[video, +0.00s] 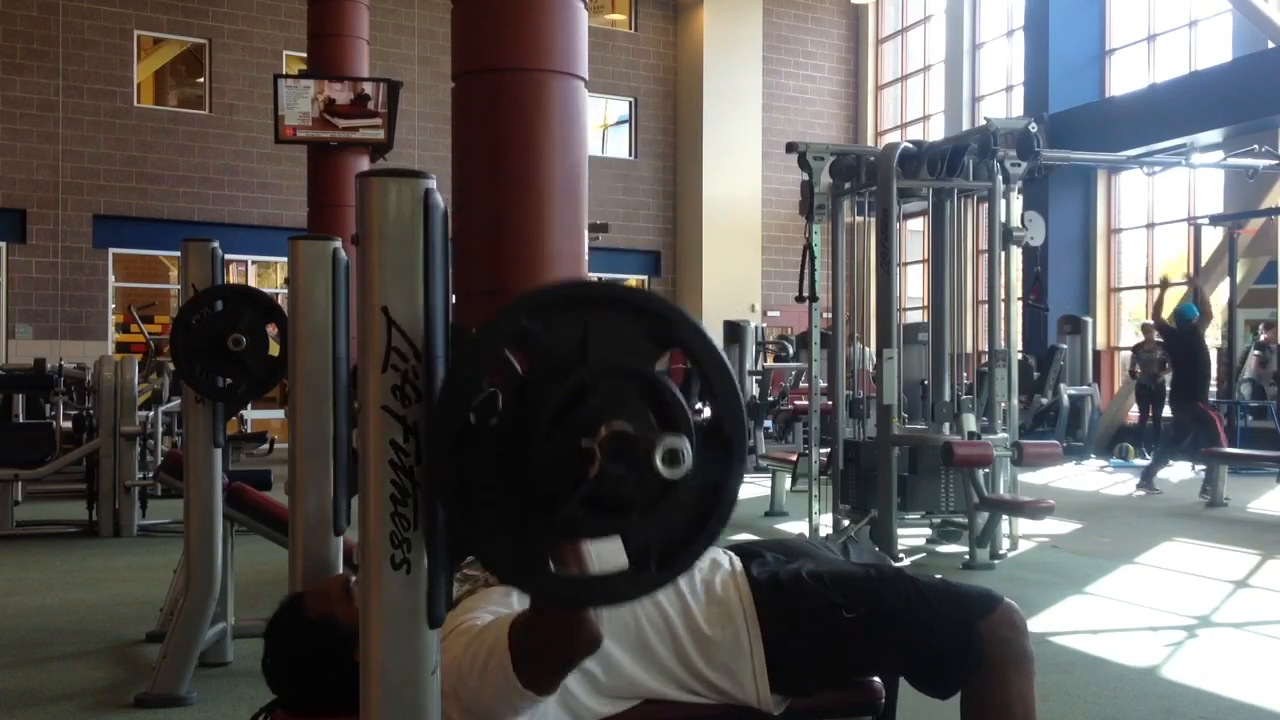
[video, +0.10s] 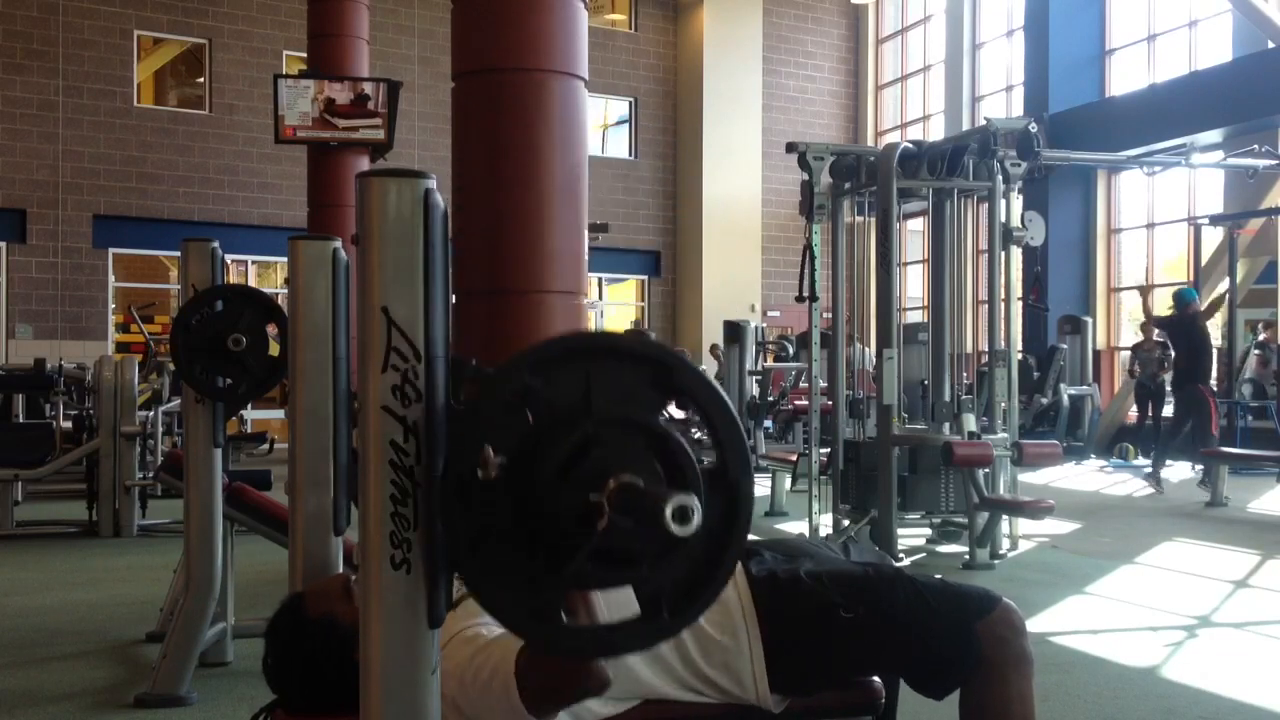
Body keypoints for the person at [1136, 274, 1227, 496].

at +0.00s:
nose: (1199, 319)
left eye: (1197, 316)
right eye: (1198, 316)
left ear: (1176, 320)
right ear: (1194, 320)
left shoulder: (1170, 335)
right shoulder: (1196, 333)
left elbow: (1156, 317)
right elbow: (1207, 311)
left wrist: (1162, 290)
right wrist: (1197, 286)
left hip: (1177, 398)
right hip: (1194, 399)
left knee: (1176, 438)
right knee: (1216, 436)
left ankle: (1147, 478)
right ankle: (1210, 484)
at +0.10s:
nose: (1199, 303)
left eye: (1197, 300)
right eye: (1196, 301)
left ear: (1178, 305)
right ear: (1191, 303)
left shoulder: (1171, 322)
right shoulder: (1196, 319)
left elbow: (1150, 317)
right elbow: (1213, 307)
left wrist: (1145, 296)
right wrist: (1224, 292)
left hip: (1181, 384)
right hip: (1197, 384)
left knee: (1176, 426)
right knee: (1209, 428)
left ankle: (1155, 471)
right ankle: (1209, 475)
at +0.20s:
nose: (1199, 296)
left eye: (1197, 293)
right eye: (1197, 293)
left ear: (1179, 298)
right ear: (1193, 296)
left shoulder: (1172, 317)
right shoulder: (1196, 313)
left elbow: (1151, 338)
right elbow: (1211, 325)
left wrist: (1147, 346)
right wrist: (1235, 327)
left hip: (1179, 377)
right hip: (1197, 377)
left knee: (1181, 421)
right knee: (1206, 419)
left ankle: (1168, 470)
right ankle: (1201, 473)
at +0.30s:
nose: (1200, 303)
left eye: (1198, 299)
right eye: (1198, 299)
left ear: (1178, 302)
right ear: (1192, 301)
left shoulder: (1171, 324)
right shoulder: (1198, 323)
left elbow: (1165, 353)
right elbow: (1214, 350)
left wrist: (1167, 372)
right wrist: (1233, 372)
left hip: (1177, 382)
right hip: (1196, 383)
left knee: (1186, 427)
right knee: (1204, 430)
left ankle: (1179, 476)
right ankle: (1195, 479)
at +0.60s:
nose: (1201, 299)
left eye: (1199, 295)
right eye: (1198, 296)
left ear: (1180, 300)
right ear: (1193, 299)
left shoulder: (1173, 321)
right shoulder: (1201, 321)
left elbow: (1167, 348)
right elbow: (1213, 344)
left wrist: (1162, 367)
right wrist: (1233, 363)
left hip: (1177, 378)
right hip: (1195, 380)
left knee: (1183, 423)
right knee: (1200, 426)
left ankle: (1176, 474)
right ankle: (1197, 477)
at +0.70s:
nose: (1200, 295)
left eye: (1199, 291)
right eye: (1198, 291)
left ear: (1179, 295)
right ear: (1192, 294)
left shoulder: (1173, 315)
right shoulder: (1200, 314)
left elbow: (1153, 326)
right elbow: (1227, 322)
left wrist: (1150, 336)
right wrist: (1247, 324)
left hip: (1177, 373)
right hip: (1196, 374)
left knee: (1180, 417)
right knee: (1204, 421)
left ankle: (1167, 467)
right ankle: (1200, 470)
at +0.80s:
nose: (1200, 302)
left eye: (1198, 299)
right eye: (1197, 299)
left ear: (1179, 301)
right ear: (1191, 301)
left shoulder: (1170, 318)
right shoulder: (1199, 317)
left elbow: (1153, 305)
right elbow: (1221, 302)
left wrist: (1145, 289)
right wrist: (1233, 286)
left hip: (1178, 381)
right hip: (1196, 382)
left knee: (1177, 424)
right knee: (1208, 426)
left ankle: (1154, 471)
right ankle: (1206, 473)